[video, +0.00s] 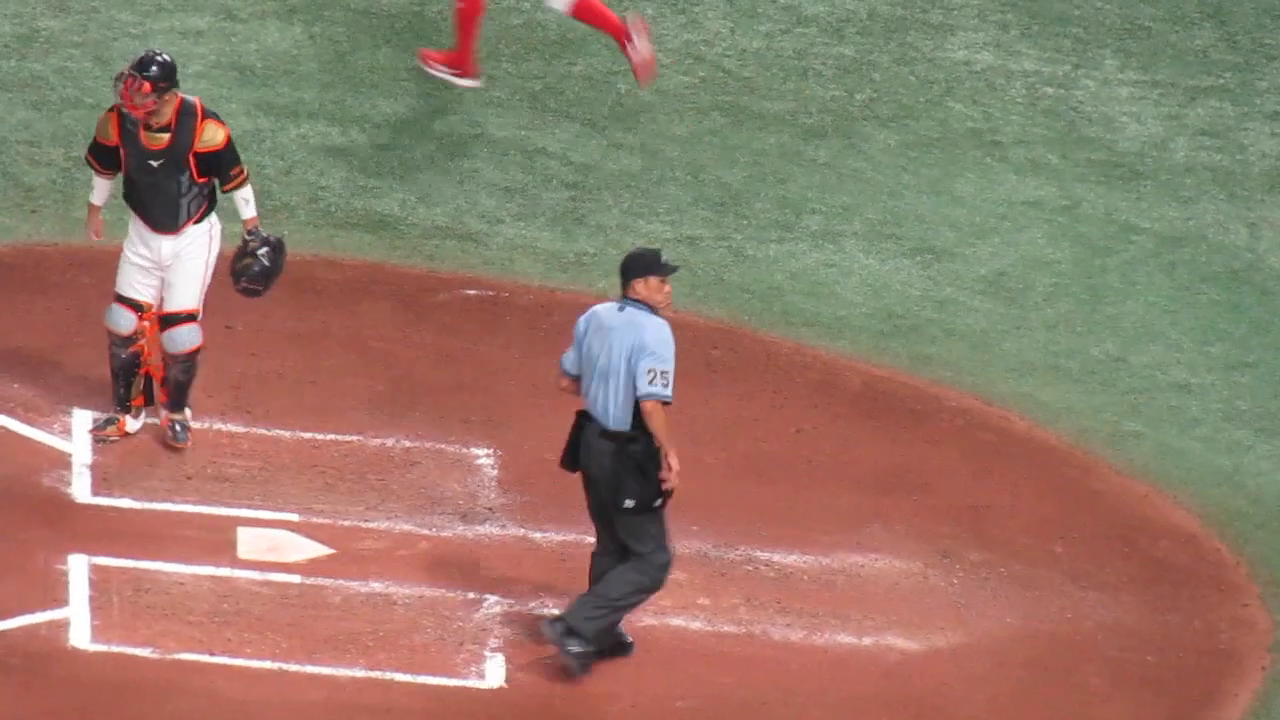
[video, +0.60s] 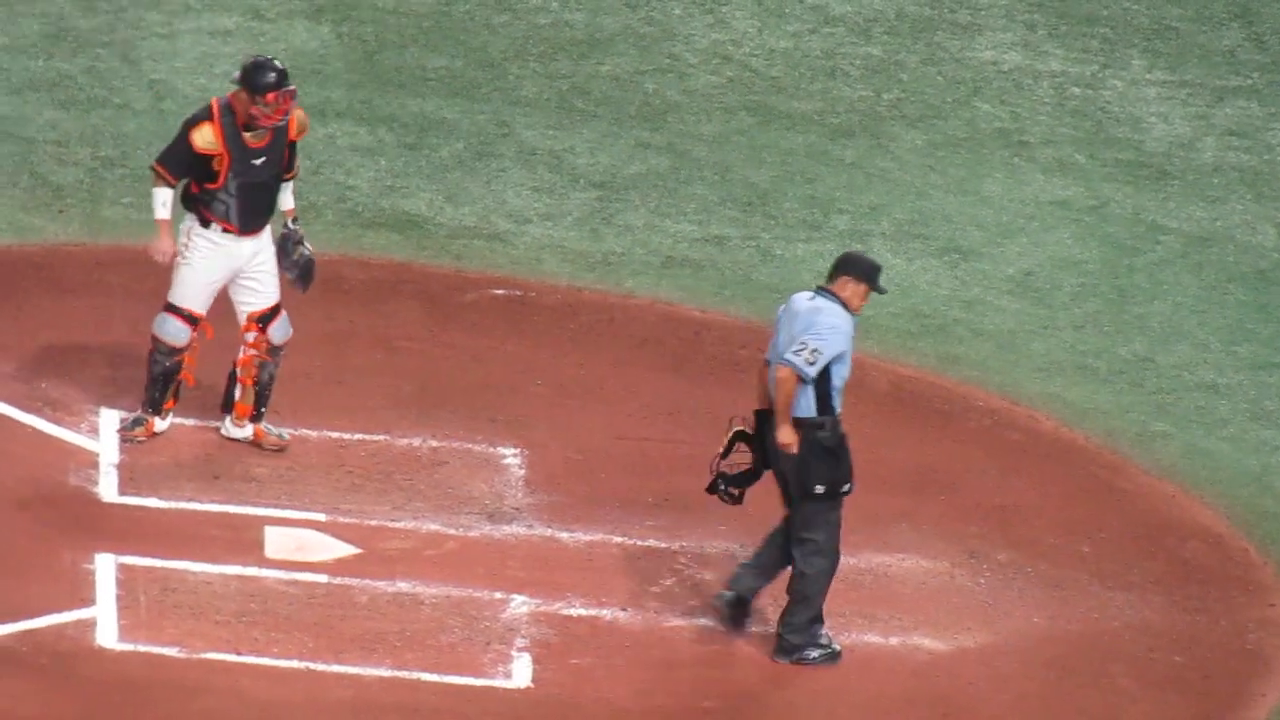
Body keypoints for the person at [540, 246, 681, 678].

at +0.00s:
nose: (669, 287)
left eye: (668, 280)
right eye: (662, 281)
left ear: (631, 286)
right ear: (640, 285)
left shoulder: (595, 316)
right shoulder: (655, 331)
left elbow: (570, 380)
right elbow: (650, 403)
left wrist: (614, 391)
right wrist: (669, 453)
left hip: (591, 444)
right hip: (627, 453)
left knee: (609, 543)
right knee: (652, 560)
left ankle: (602, 629)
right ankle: (575, 628)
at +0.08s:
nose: (693, 281)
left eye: (692, 274)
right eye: (686, 275)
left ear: (657, 279)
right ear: (664, 278)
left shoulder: (619, 308)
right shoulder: (674, 320)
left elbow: (600, 371)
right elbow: (658, 381)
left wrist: (627, 407)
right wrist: (669, 434)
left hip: (612, 438)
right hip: (648, 447)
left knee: (621, 539)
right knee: (690, 548)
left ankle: (599, 636)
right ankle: (629, 627)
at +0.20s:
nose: (732, 286)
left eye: (732, 278)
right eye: (726, 279)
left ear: (695, 281)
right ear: (704, 281)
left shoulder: (662, 308)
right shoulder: (708, 317)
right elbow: (673, 359)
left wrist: (696, 421)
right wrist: (673, 411)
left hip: (646, 437)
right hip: (683, 444)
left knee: (634, 538)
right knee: (728, 540)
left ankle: (607, 633)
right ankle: (724, 636)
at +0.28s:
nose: (761, 292)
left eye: (761, 285)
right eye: (753, 285)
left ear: (725, 288)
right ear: (730, 287)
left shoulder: (692, 311)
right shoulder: (730, 323)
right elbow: (684, 364)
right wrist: (687, 413)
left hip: (674, 441)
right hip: (708, 447)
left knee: (650, 539)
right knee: (744, 545)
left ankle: (614, 631)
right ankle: (769, 631)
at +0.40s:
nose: (805, 298)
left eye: (805, 290)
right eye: (798, 290)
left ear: (771, 292)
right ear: (775, 291)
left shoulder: (741, 315)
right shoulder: (767, 331)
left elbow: (720, 366)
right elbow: (716, 375)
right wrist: (720, 421)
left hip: (722, 449)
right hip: (754, 454)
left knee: (695, 543)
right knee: (783, 553)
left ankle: (633, 622)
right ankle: (786, 638)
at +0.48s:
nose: (831, 298)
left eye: (832, 290)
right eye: (825, 289)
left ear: (799, 290)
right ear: (802, 288)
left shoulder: (770, 311)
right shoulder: (794, 329)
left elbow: (746, 367)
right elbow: (743, 378)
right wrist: (748, 422)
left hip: (751, 446)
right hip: (782, 450)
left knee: (740, 539)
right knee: (805, 548)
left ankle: (667, 600)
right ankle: (793, 639)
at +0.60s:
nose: (867, 299)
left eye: (869, 292)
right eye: (866, 290)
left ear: (841, 280)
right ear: (847, 283)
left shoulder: (797, 303)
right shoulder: (835, 321)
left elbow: (770, 366)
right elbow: (787, 371)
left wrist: (766, 423)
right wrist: (783, 424)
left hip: (785, 434)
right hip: (814, 438)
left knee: (799, 525)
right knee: (820, 542)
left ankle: (740, 591)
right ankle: (799, 636)